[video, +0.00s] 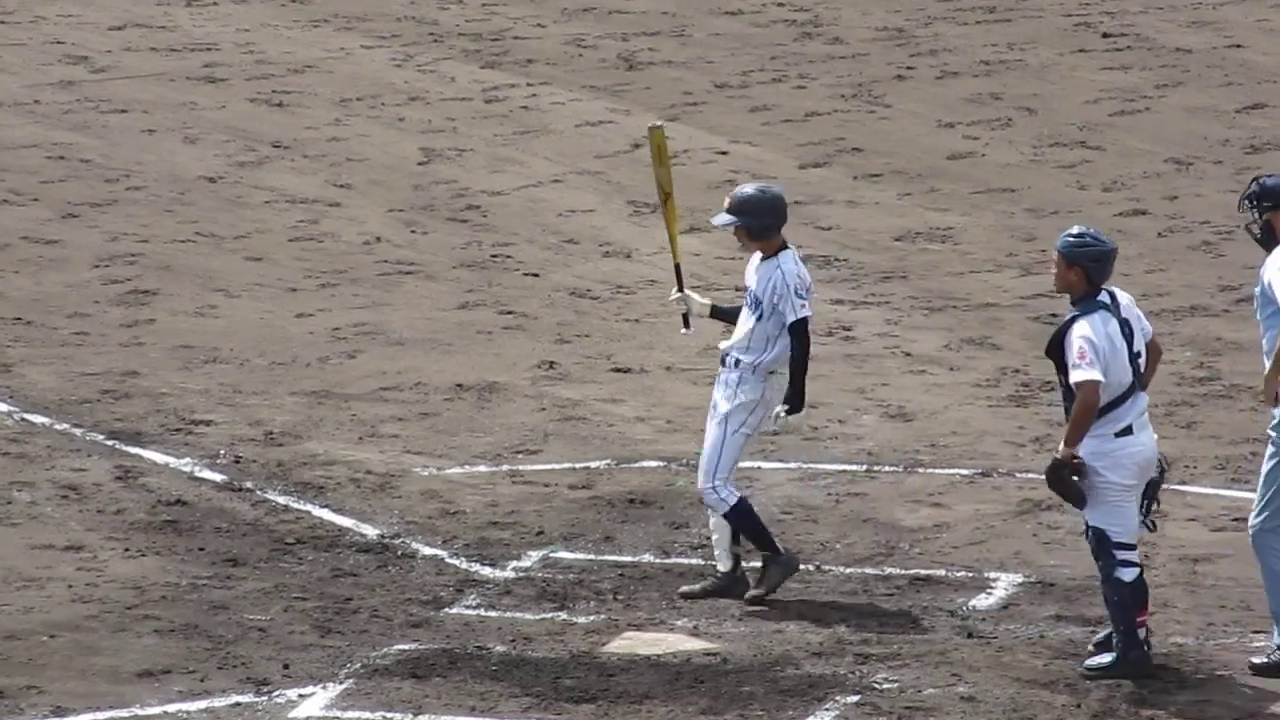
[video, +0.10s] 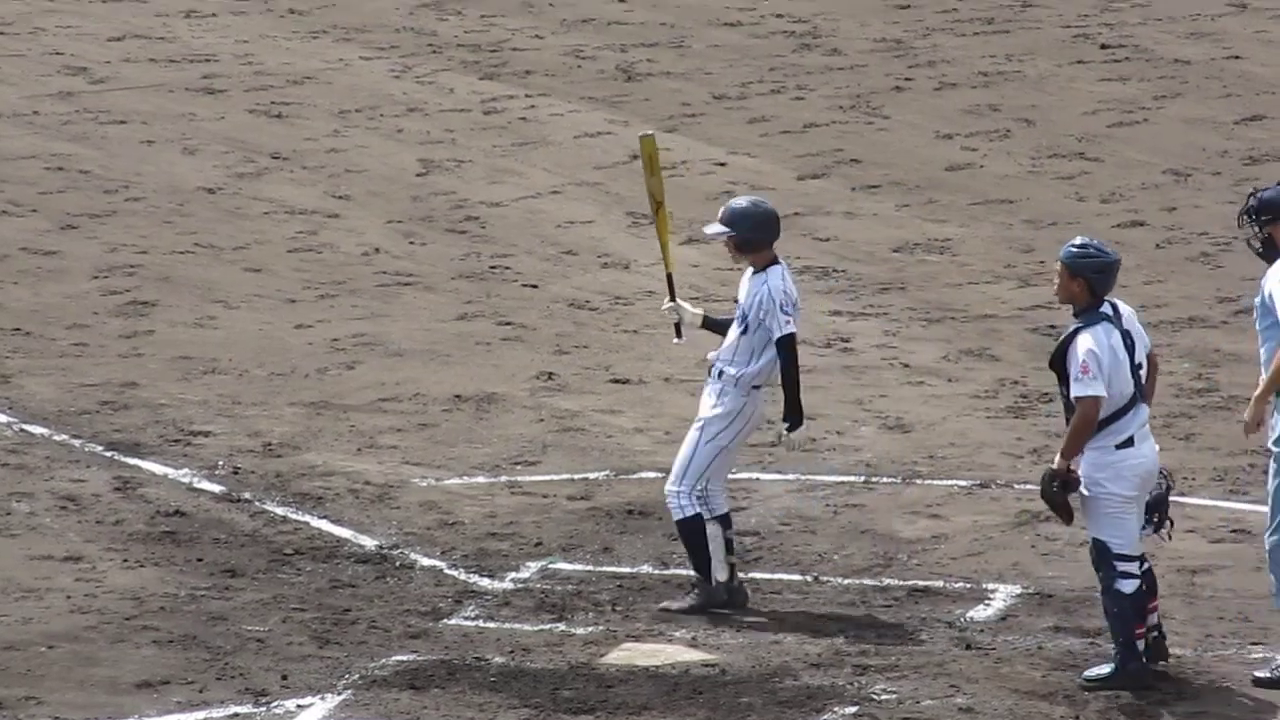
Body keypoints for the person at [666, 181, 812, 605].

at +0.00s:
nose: (735, 233)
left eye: (739, 227)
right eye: (734, 226)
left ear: (760, 227)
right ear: (762, 226)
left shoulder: (788, 273)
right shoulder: (760, 260)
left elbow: (800, 338)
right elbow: (753, 315)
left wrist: (795, 398)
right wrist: (706, 307)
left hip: (751, 387)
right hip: (731, 380)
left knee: (714, 485)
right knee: (710, 481)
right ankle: (728, 573)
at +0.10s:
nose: (725, 243)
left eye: (730, 237)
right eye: (725, 236)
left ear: (748, 239)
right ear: (761, 238)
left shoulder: (774, 287)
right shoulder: (757, 276)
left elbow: (787, 350)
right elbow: (744, 327)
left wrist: (793, 411)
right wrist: (698, 318)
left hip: (735, 399)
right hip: (726, 394)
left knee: (681, 489)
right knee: (708, 487)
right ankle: (725, 580)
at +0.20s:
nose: (722, 269)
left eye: (727, 263)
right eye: (723, 262)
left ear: (744, 268)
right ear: (760, 267)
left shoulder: (768, 316)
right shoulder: (756, 303)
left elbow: (783, 380)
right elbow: (739, 353)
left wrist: (786, 437)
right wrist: (691, 342)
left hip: (724, 425)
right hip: (728, 422)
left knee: (661, 510)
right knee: (700, 514)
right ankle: (725, 607)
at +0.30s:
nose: (722, 290)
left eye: (727, 284)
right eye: (722, 283)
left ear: (746, 288)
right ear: (757, 289)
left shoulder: (769, 337)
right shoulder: (755, 325)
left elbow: (780, 401)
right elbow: (734, 374)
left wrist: (772, 458)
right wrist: (687, 363)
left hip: (723, 446)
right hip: (720, 440)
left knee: (655, 523)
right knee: (694, 529)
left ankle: (624, 617)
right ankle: (725, 622)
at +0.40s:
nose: (722, 302)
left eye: (727, 295)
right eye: (722, 294)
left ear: (746, 298)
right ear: (757, 299)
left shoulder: (769, 347)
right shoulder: (753, 335)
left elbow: (778, 412)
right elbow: (733, 384)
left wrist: (760, 467)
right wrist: (684, 374)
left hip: (721, 455)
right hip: (719, 451)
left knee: (654, 535)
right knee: (695, 543)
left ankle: (630, 630)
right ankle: (725, 631)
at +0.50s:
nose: (719, 302)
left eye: (724, 296)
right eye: (720, 294)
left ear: (742, 299)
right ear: (755, 297)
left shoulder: (770, 345)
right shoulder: (749, 334)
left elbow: (781, 412)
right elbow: (728, 387)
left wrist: (753, 462)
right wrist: (681, 375)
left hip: (726, 456)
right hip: (721, 451)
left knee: (665, 541)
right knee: (701, 546)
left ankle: (656, 641)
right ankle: (728, 636)